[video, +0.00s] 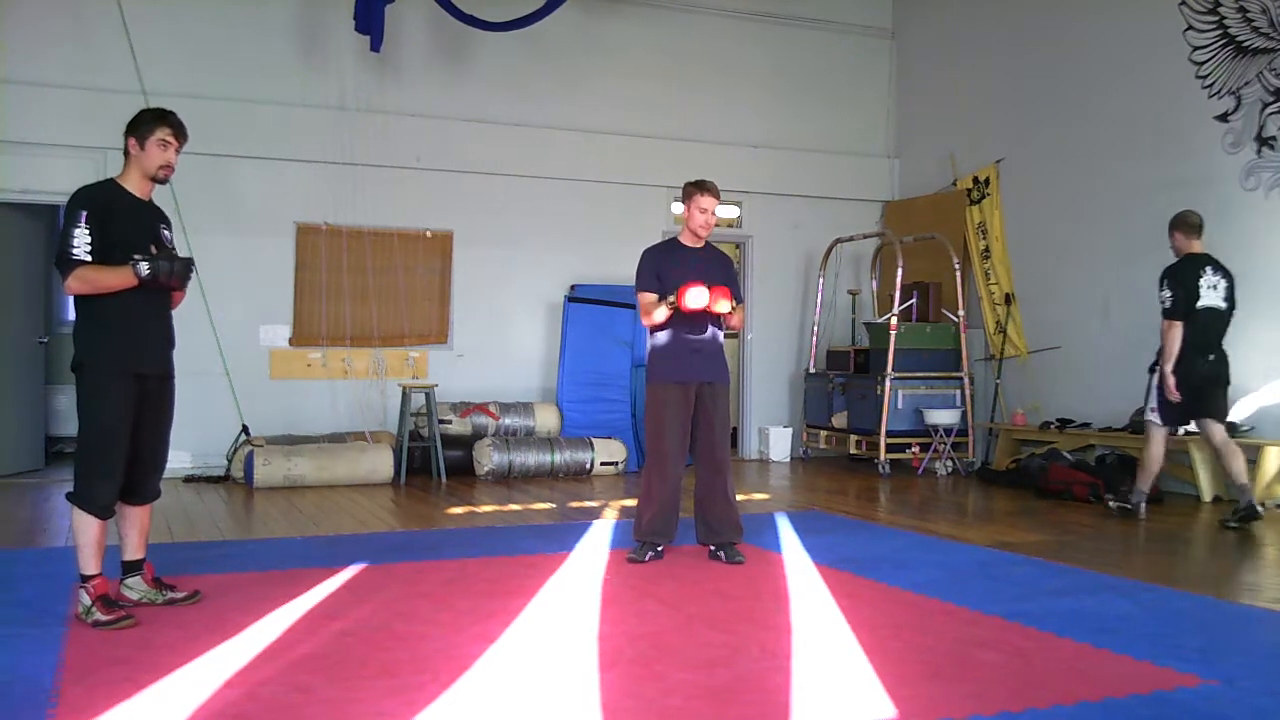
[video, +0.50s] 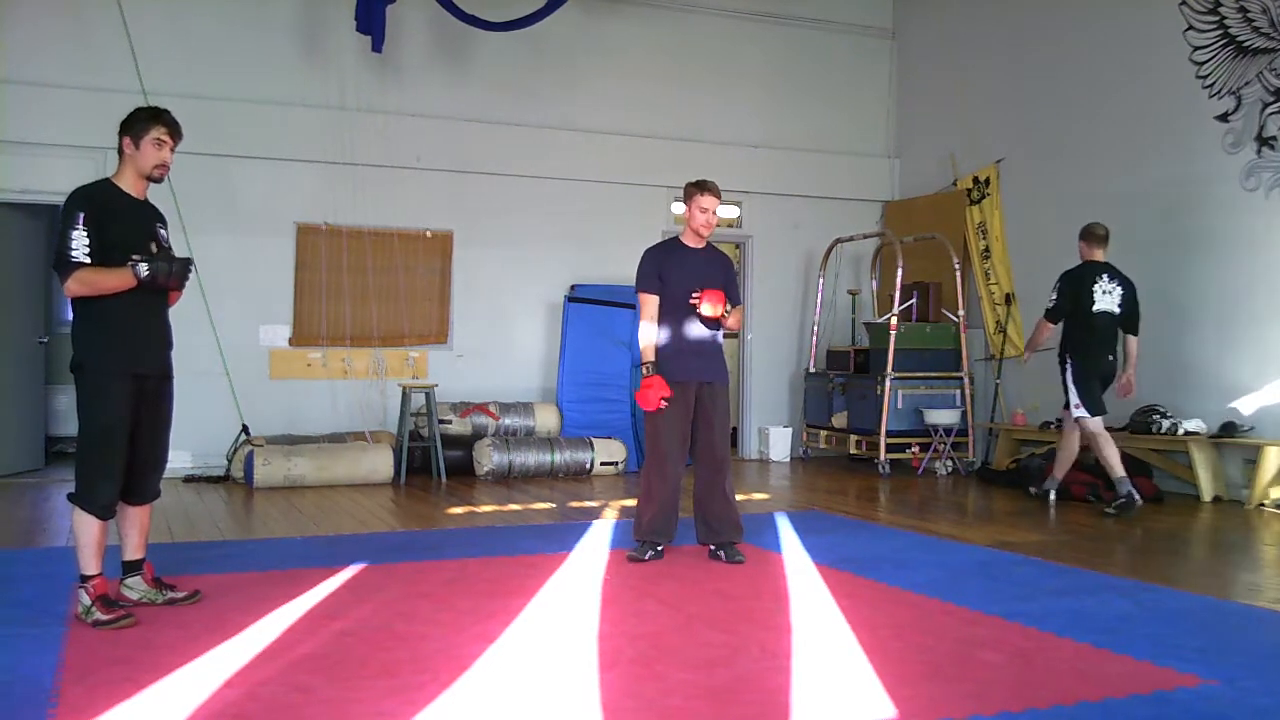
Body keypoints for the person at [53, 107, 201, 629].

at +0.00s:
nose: (172, 157)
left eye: (177, 150)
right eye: (164, 146)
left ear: (172, 156)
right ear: (133, 144)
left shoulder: (159, 219)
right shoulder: (89, 200)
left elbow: (169, 303)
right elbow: (76, 279)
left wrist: (181, 277)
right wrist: (146, 272)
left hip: (154, 365)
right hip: (105, 363)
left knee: (142, 471)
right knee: (98, 472)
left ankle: (135, 579)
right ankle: (91, 590)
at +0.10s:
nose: (173, 158)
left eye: (178, 150)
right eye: (166, 146)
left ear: (173, 156)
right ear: (135, 144)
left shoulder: (159, 219)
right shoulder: (90, 200)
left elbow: (165, 303)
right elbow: (74, 279)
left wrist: (179, 279)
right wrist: (144, 273)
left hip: (152, 365)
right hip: (103, 363)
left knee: (142, 472)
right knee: (99, 473)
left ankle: (134, 579)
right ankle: (90, 591)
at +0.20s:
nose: (173, 159)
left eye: (178, 151)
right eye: (166, 147)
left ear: (172, 157)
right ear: (135, 144)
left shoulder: (158, 218)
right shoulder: (89, 199)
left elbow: (163, 300)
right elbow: (74, 279)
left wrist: (177, 281)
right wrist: (143, 273)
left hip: (150, 364)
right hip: (102, 362)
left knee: (141, 471)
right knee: (99, 472)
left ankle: (134, 579)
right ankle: (90, 591)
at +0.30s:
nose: (171, 158)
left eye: (176, 150)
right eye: (163, 146)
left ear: (171, 157)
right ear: (132, 144)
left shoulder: (157, 218)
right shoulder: (88, 200)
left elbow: (162, 300)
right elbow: (74, 279)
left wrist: (176, 281)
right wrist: (143, 274)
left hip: (151, 364)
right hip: (102, 363)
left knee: (141, 471)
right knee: (97, 472)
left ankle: (134, 578)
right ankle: (90, 590)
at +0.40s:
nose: (169, 157)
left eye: (173, 149)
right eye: (161, 146)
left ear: (168, 156)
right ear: (130, 145)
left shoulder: (155, 218)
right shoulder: (87, 200)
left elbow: (163, 299)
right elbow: (74, 282)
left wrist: (177, 279)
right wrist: (143, 273)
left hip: (152, 364)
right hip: (103, 364)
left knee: (142, 470)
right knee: (98, 471)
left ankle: (135, 578)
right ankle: (90, 590)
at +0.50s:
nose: (167, 156)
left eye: (171, 148)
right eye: (159, 145)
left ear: (167, 154)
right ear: (127, 144)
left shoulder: (155, 218)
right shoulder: (87, 200)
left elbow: (164, 299)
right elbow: (74, 282)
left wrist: (177, 278)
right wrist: (143, 273)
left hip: (152, 364)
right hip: (104, 363)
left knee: (142, 471)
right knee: (99, 472)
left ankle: (135, 579)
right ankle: (90, 591)